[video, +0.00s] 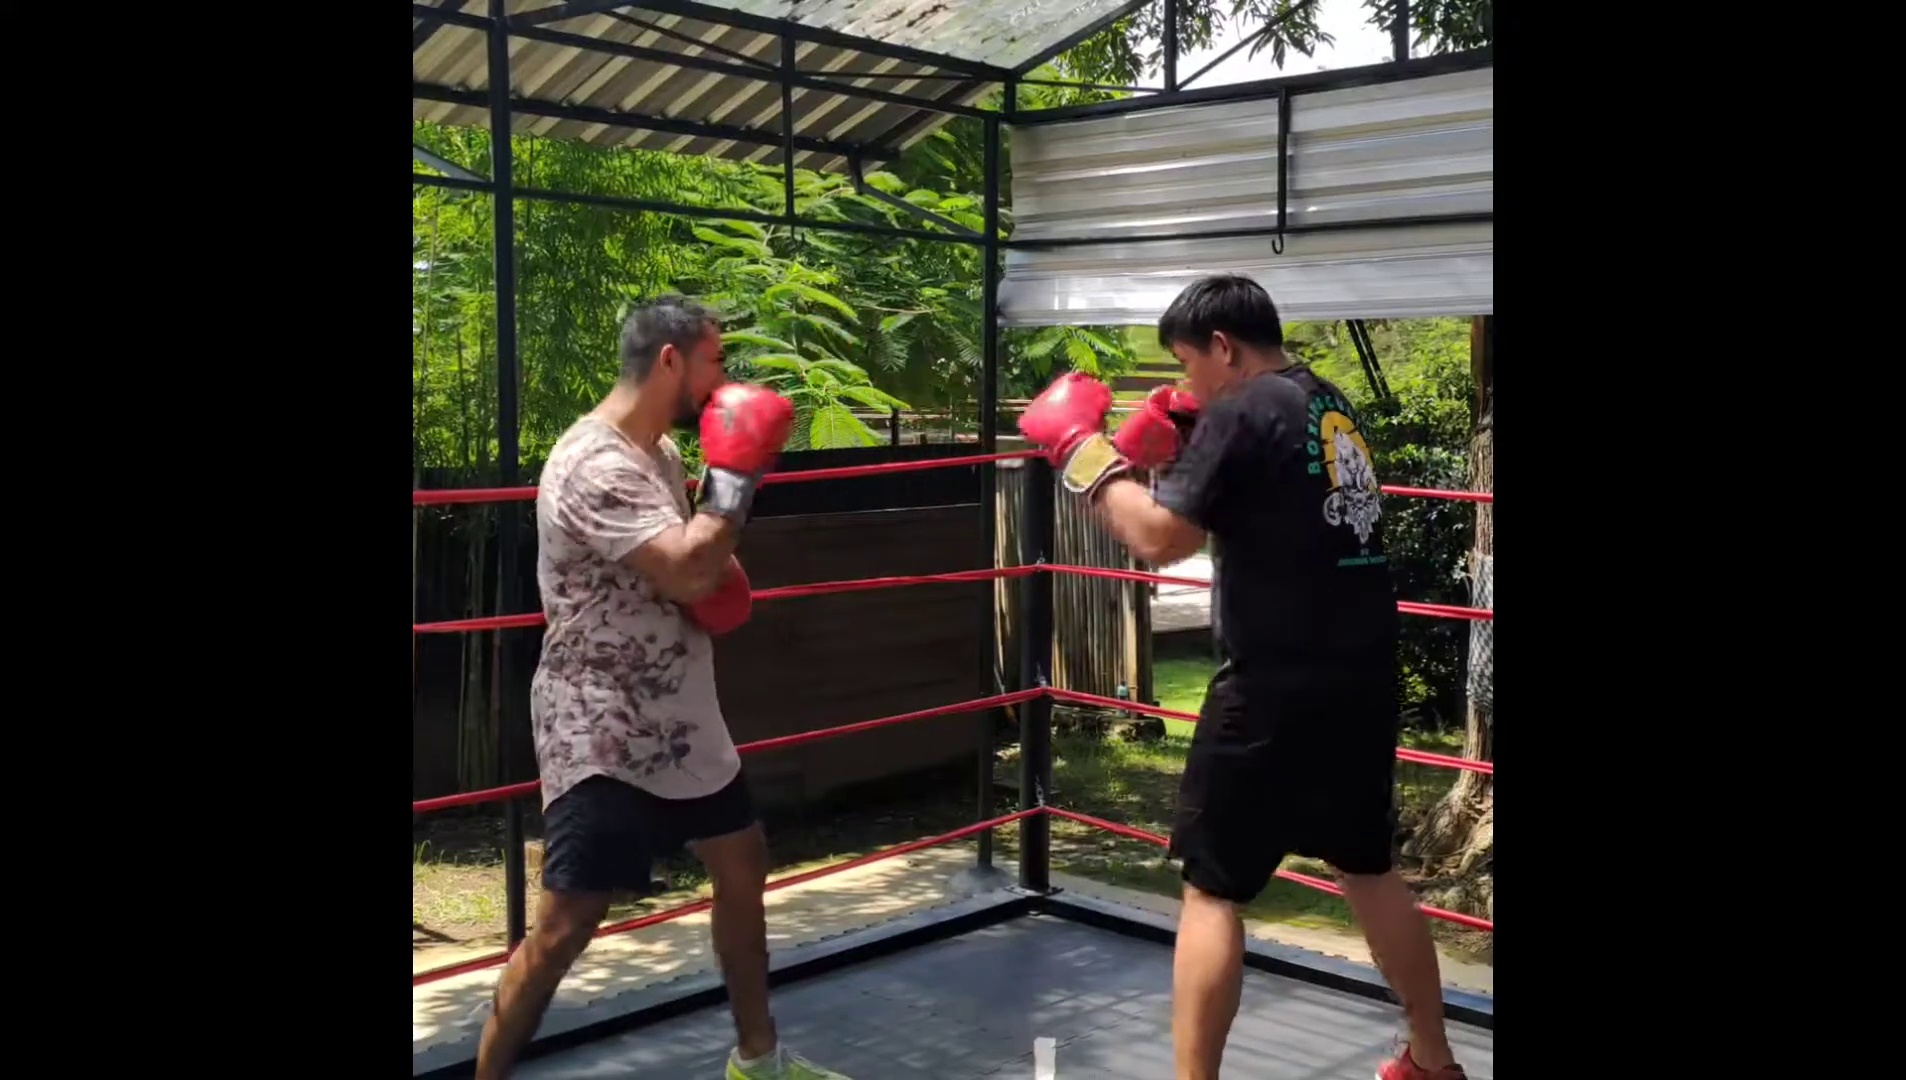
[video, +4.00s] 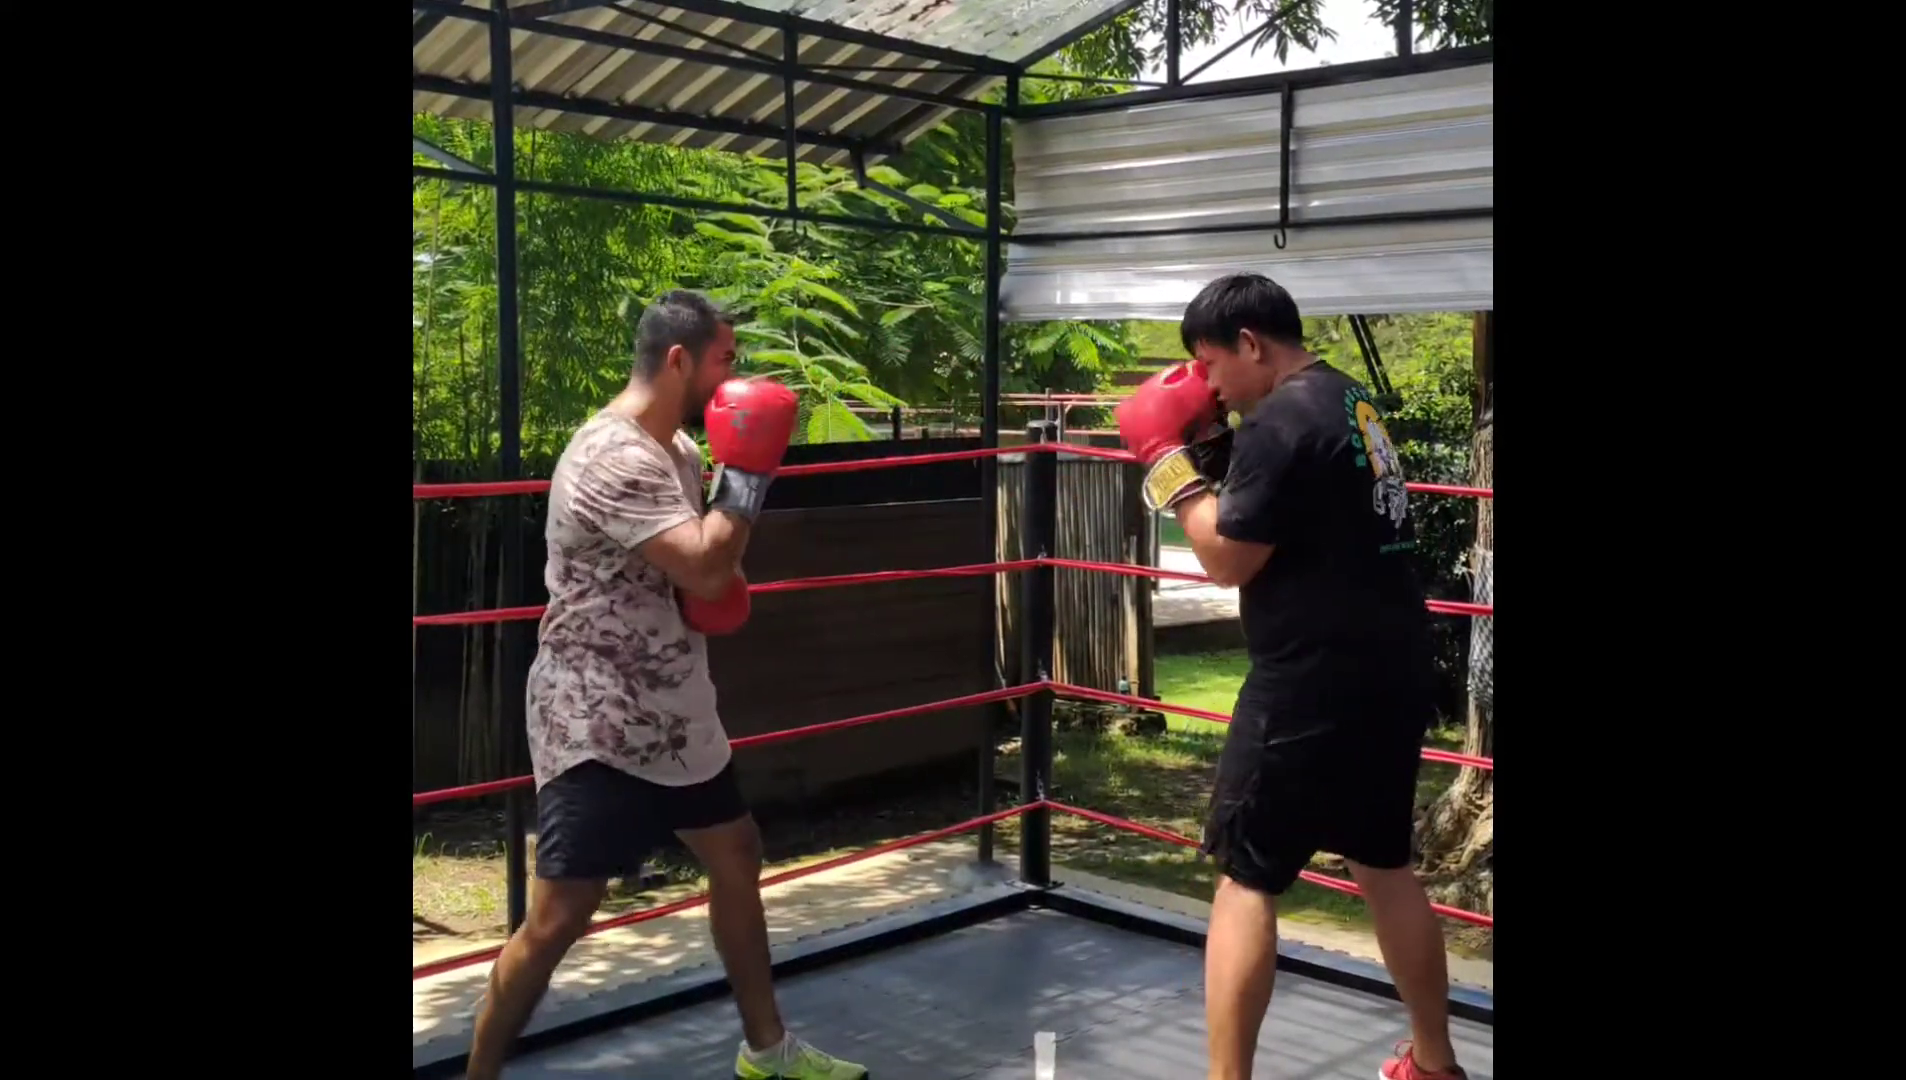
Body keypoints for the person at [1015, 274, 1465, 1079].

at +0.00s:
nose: (1183, 386)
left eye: (1182, 367)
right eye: (1175, 371)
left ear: (1224, 347)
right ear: (1265, 343)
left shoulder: (1242, 414)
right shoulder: (1328, 402)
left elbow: (1157, 537)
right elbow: (1274, 516)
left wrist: (1087, 461)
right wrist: (1184, 456)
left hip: (1269, 687)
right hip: (1360, 683)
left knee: (1213, 889)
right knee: (1370, 869)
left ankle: (1195, 1072)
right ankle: (1434, 1056)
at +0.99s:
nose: (1227, 395)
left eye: (1226, 379)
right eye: (1220, 381)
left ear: (1257, 359)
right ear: (1306, 351)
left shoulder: (1281, 412)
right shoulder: (1384, 402)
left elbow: (1149, 463)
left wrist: (1095, 394)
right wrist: (1230, 427)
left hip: (1312, 681)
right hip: (1412, 685)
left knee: (1238, 874)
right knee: (1396, 874)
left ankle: (1224, 1068)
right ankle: (1437, 1063)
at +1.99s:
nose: (1212, 380)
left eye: (1212, 362)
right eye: (1208, 364)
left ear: (1250, 344)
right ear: (1288, 342)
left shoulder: (1266, 407)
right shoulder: (1359, 395)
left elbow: (1167, 510)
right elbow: (1298, 491)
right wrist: (1219, 435)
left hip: (1289, 681)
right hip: (1385, 677)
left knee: (1230, 874)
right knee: (1385, 866)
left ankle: (1219, 1070)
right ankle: (1433, 1059)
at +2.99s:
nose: (1231, 385)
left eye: (1229, 370)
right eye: (1223, 372)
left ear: (1264, 353)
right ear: (1306, 345)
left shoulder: (1289, 414)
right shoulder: (1374, 397)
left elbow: (1179, 496)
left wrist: (1112, 412)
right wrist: (1242, 426)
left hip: (1313, 680)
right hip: (1409, 679)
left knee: (1248, 874)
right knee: (1393, 869)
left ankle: (1241, 1070)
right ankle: (1436, 1062)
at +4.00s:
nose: (1208, 386)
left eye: (1209, 367)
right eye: (1201, 371)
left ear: (1251, 346)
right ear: (1273, 343)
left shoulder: (1280, 425)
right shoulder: (1348, 401)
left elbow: (1226, 561)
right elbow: (1294, 532)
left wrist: (1168, 464)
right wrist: (1217, 447)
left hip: (1304, 685)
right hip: (1389, 682)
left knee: (1245, 880)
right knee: (1388, 867)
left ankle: (1227, 1072)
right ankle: (1435, 1059)